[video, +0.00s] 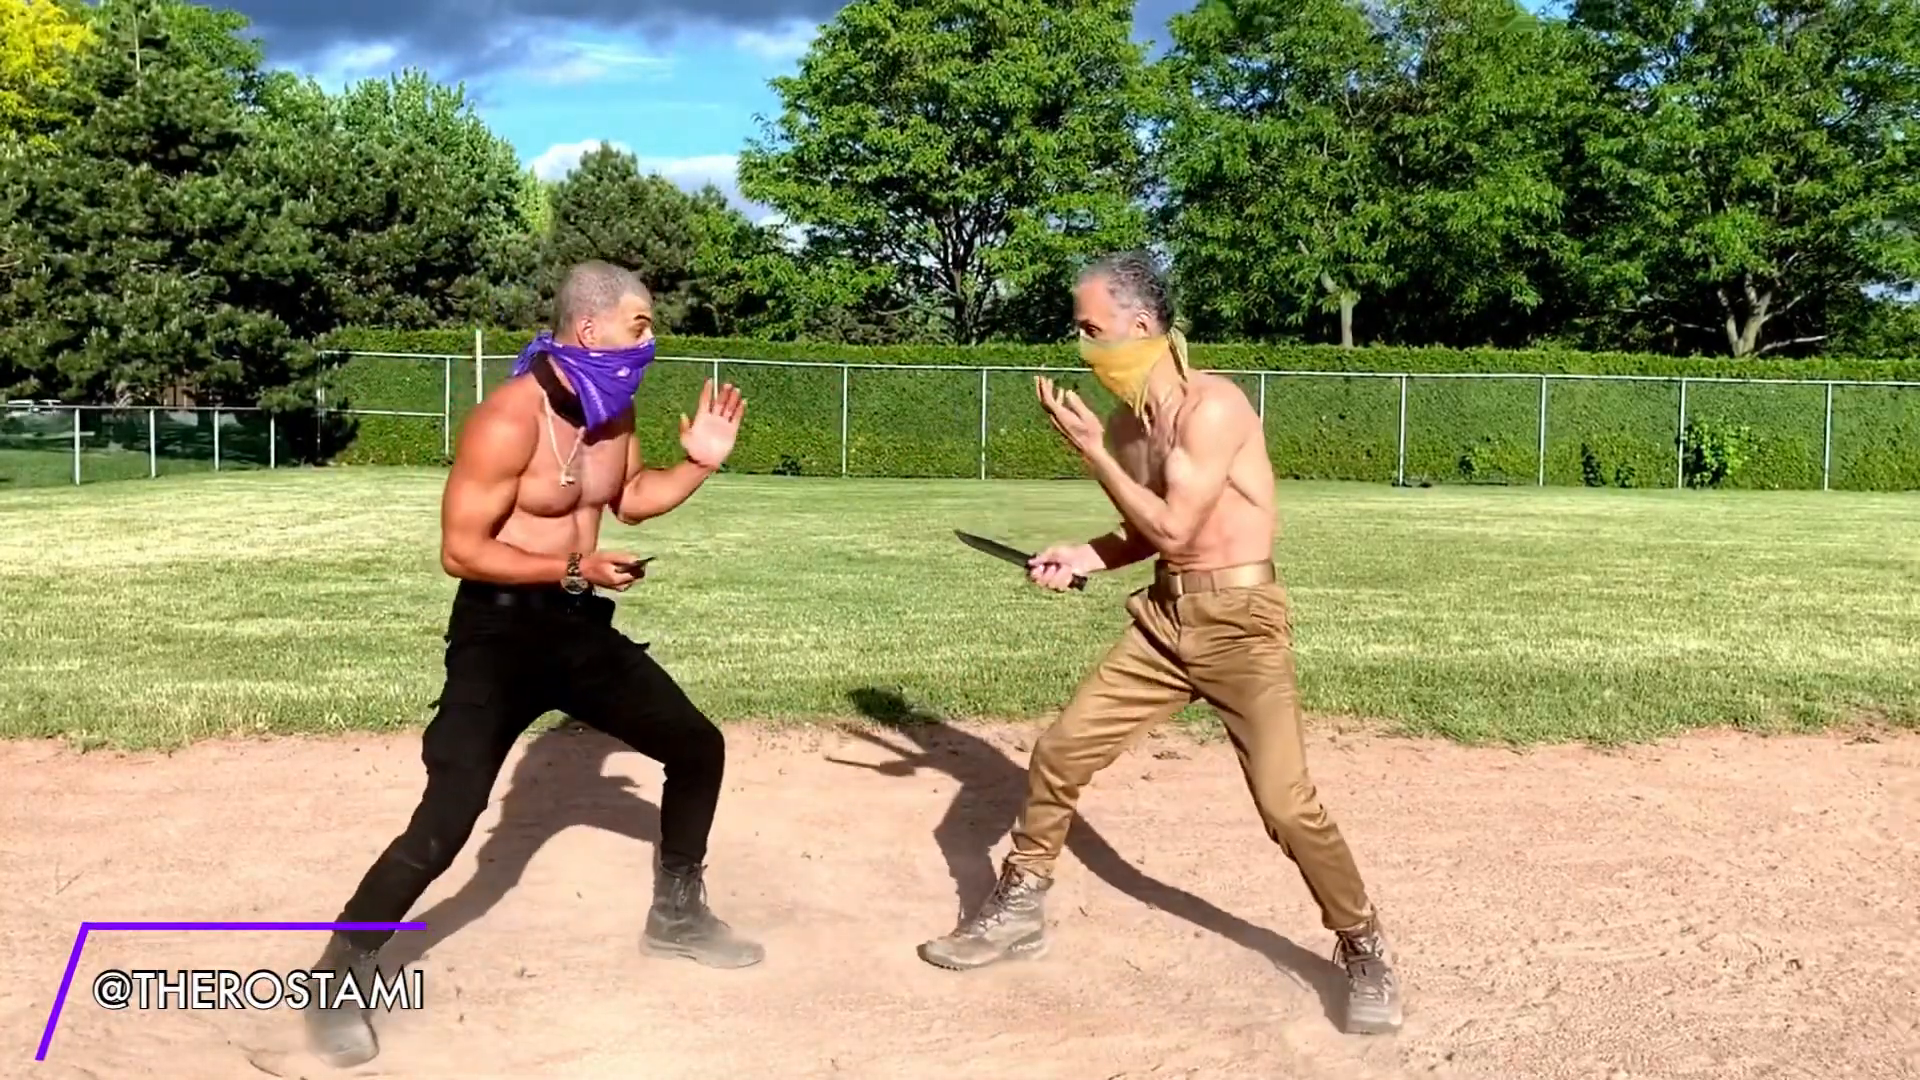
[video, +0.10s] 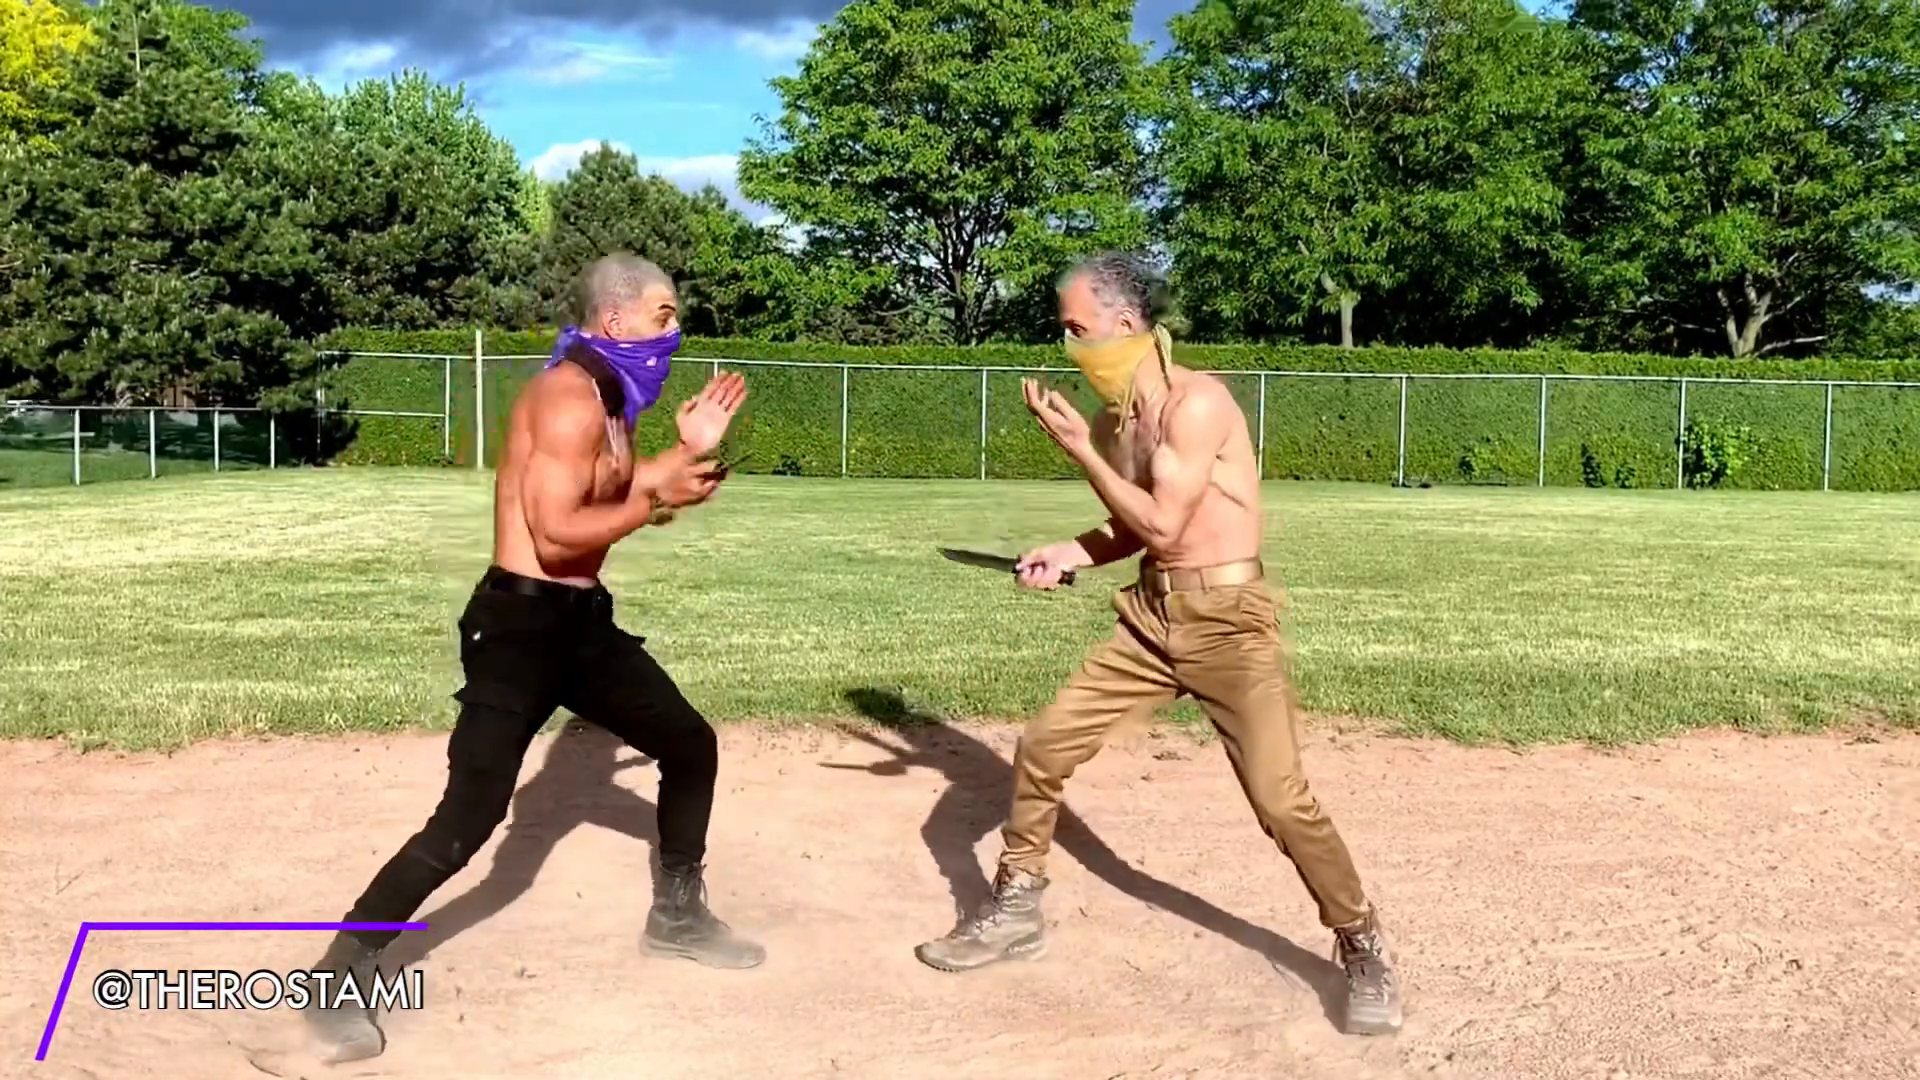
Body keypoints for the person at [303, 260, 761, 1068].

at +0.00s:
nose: (645, 347)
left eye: (649, 332)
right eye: (635, 330)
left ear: (610, 333)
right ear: (582, 331)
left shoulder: (615, 407)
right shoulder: (508, 418)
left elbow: (631, 500)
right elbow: (460, 550)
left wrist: (696, 467)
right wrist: (574, 569)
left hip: (579, 634)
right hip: (498, 636)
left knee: (697, 747)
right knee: (444, 824)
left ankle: (677, 915)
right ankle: (335, 978)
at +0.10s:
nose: (674, 328)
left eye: (675, 315)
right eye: (664, 313)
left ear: (619, 320)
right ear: (615, 316)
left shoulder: (600, 396)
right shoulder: (566, 395)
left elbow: (621, 505)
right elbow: (558, 529)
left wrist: (688, 450)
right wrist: (649, 498)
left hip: (579, 624)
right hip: (518, 627)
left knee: (690, 744)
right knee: (464, 821)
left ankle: (678, 913)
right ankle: (336, 975)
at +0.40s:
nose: (597, 308)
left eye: (596, 294)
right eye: (586, 294)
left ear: (521, 305)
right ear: (537, 301)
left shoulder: (477, 382)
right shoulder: (589, 408)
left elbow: (544, 457)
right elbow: (657, 508)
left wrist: (619, 409)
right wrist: (607, 436)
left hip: (579, 602)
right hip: (593, 616)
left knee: (698, 735)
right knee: (586, 824)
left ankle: (683, 907)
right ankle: (429, 953)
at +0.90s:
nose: (664, 297)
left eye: (665, 283)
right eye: (654, 281)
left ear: (602, 286)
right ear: (603, 283)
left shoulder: (594, 360)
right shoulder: (580, 353)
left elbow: (641, 463)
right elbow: (726, 420)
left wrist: (685, 402)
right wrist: (724, 411)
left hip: (626, 607)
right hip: (561, 609)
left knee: (709, 754)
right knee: (512, 812)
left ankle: (740, 912)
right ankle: (389, 967)